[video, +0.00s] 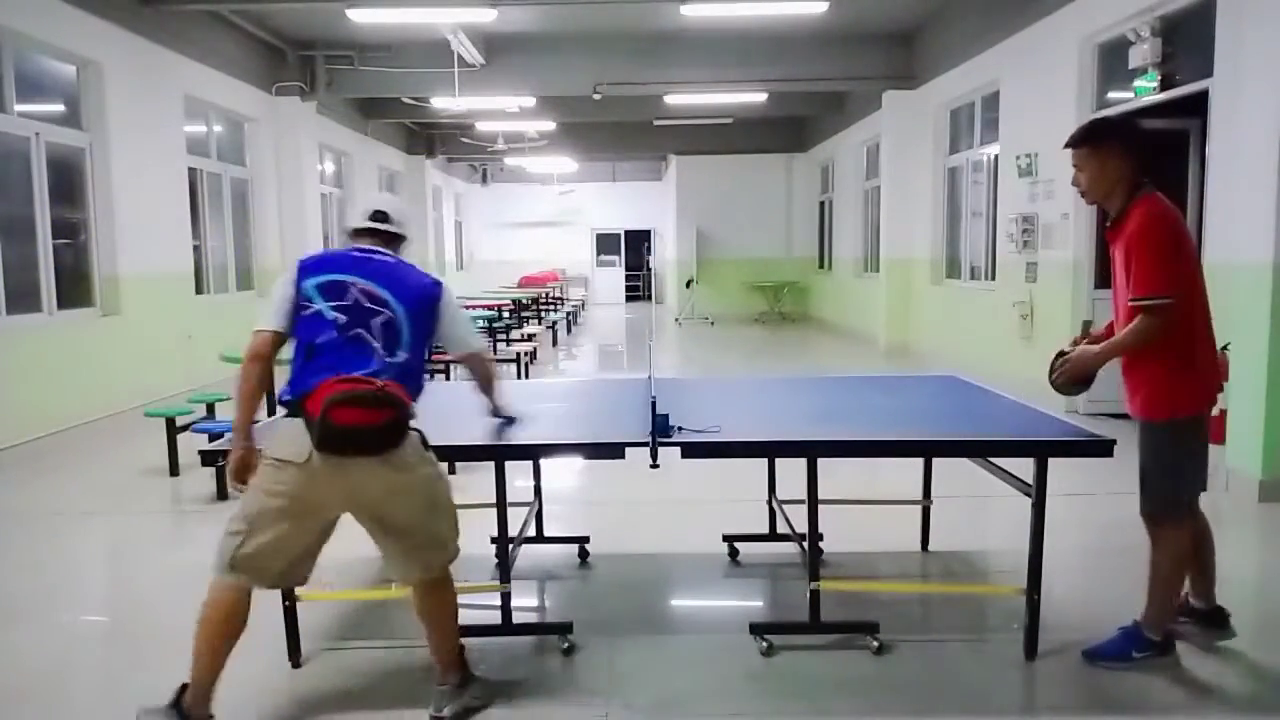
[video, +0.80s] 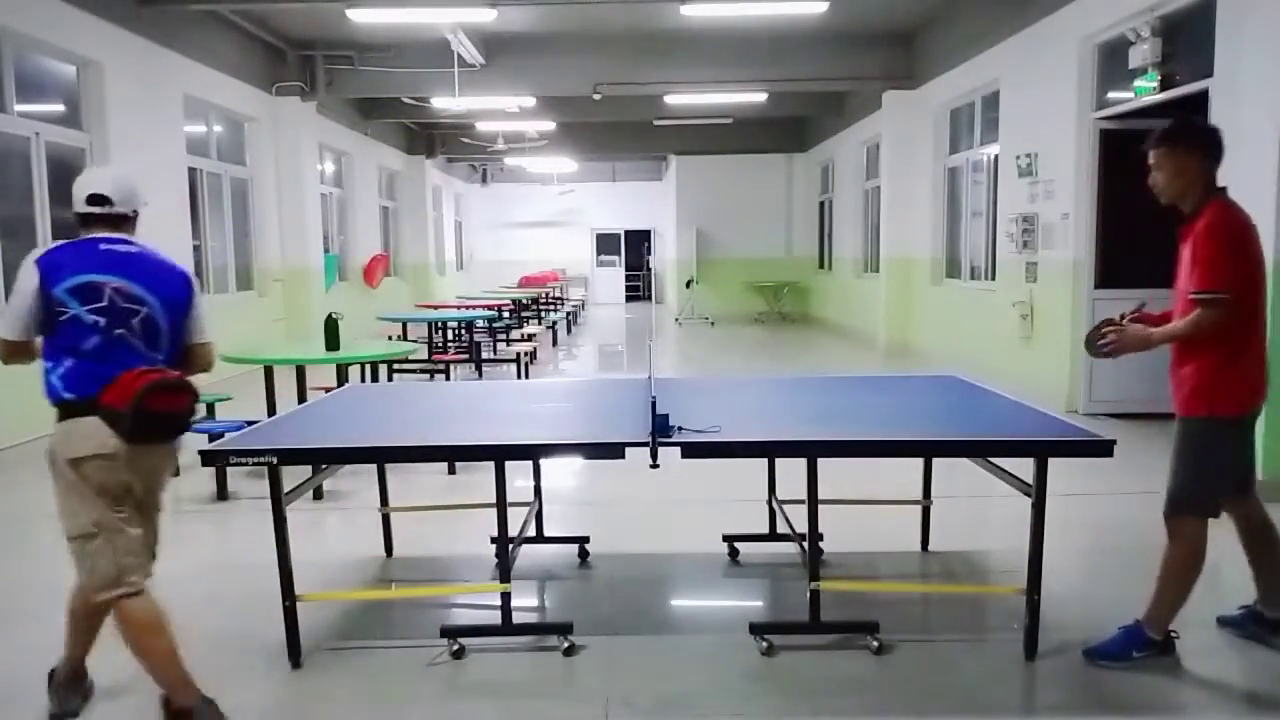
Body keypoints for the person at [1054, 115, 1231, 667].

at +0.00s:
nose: (1075, 181)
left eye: (1082, 167)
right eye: (1074, 169)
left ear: (1116, 163)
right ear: (1110, 168)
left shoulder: (1150, 222)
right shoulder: (1132, 222)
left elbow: (1158, 317)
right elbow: (1141, 308)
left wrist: (1098, 355)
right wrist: (1102, 336)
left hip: (1174, 393)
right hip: (1163, 390)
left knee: (1165, 511)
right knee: (1181, 504)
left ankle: (1155, 630)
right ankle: (1202, 605)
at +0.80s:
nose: (1149, 179)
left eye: (1157, 167)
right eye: (1149, 168)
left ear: (1192, 165)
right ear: (1190, 169)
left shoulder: (1217, 226)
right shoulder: (1205, 224)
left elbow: (1213, 314)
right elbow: (1196, 305)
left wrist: (1148, 337)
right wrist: (1148, 321)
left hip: (1213, 398)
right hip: (1225, 395)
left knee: (1186, 515)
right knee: (1241, 499)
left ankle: (1154, 630)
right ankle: (1271, 608)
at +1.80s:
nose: (1233, 180)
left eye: (1239, 168)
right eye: (1231, 170)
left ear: (1269, 164)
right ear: (1268, 167)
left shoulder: (1270, 219)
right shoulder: (1274, 218)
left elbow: (1254, 301)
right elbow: (1261, 301)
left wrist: (1207, 328)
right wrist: (1222, 334)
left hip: (1255, 390)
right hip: (1270, 389)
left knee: (1217, 498)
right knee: (1274, 495)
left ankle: (1213, 619)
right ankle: (1276, 607)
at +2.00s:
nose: (1232, 179)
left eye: (1238, 167)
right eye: (1232, 168)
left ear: (1265, 165)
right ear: (1270, 166)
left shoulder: (1263, 219)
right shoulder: (1273, 215)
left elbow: (1220, 291)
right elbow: (1258, 273)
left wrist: (1189, 264)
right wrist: (1215, 252)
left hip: (1252, 382)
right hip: (1276, 382)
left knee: (1212, 495)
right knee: (1275, 491)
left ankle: (1219, 616)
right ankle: (1277, 607)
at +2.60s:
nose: (1193, 175)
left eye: (1199, 164)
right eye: (1193, 164)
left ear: (1229, 163)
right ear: (1235, 165)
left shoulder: (1246, 220)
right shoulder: (1254, 215)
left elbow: (1247, 303)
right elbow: (1244, 294)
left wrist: (1193, 342)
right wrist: (1198, 274)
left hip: (1235, 392)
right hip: (1259, 390)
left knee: (1199, 499)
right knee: (1265, 498)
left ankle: (1221, 617)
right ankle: (1274, 606)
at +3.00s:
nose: (1160, 178)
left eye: (1168, 167)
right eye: (1160, 167)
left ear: (1204, 165)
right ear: (1190, 169)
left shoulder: (1241, 224)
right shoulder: (1195, 224)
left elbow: (1267, 316)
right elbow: (1200, 300)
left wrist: (1250, 391)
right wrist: (1165, 289)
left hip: (1226, 392)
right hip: (1195, 388)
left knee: (1199, 498)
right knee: (1185, 488)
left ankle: (1223, 616)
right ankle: (1251, 581)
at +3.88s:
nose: (1136, 203)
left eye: (1140, 190)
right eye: (1133, 193)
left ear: (1170, 179)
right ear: (1170, 182)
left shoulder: (1208, 225)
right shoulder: (1191, 231)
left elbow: (1228, 299)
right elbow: (1213, 302)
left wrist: (1201, 374)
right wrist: (1186, 343)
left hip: (1240, 384)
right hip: (1212, 383)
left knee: (1222, 496)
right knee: (1186, 477)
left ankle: (1277, 607)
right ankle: (1192, 574)